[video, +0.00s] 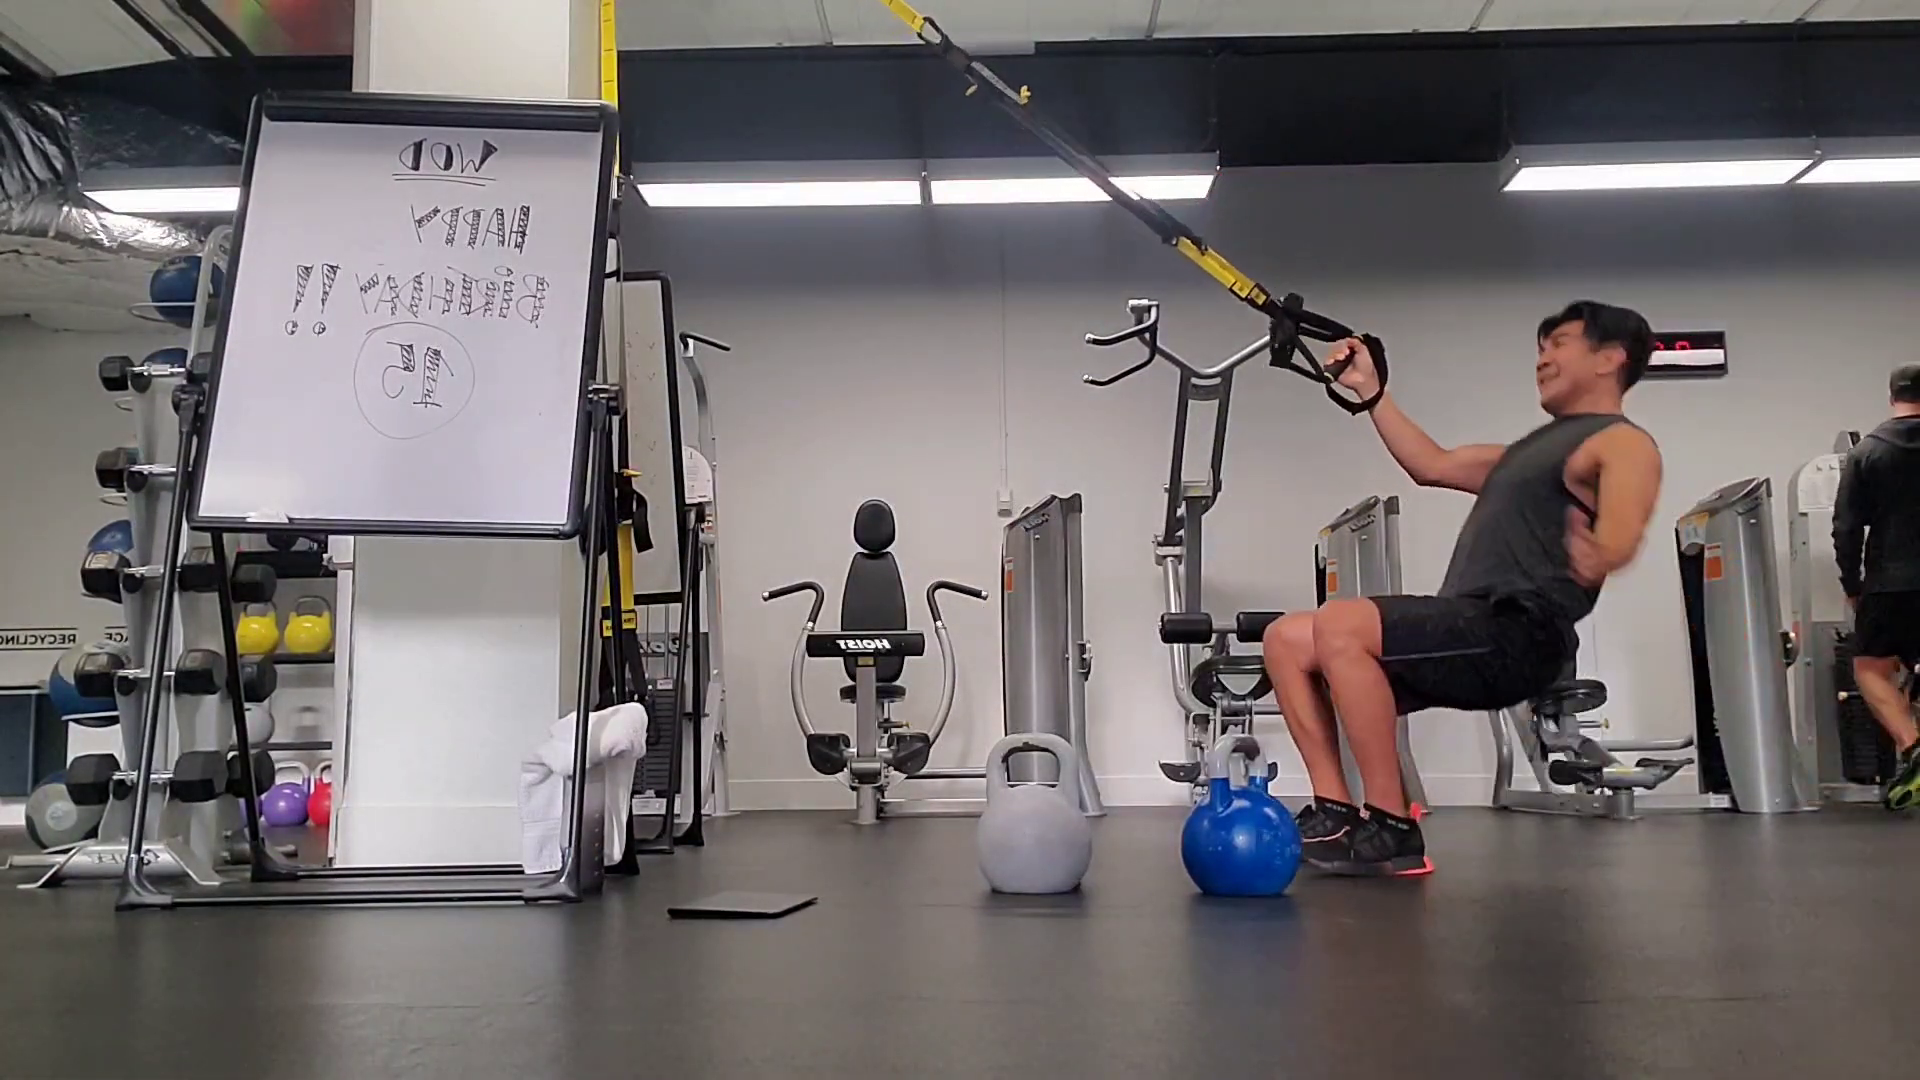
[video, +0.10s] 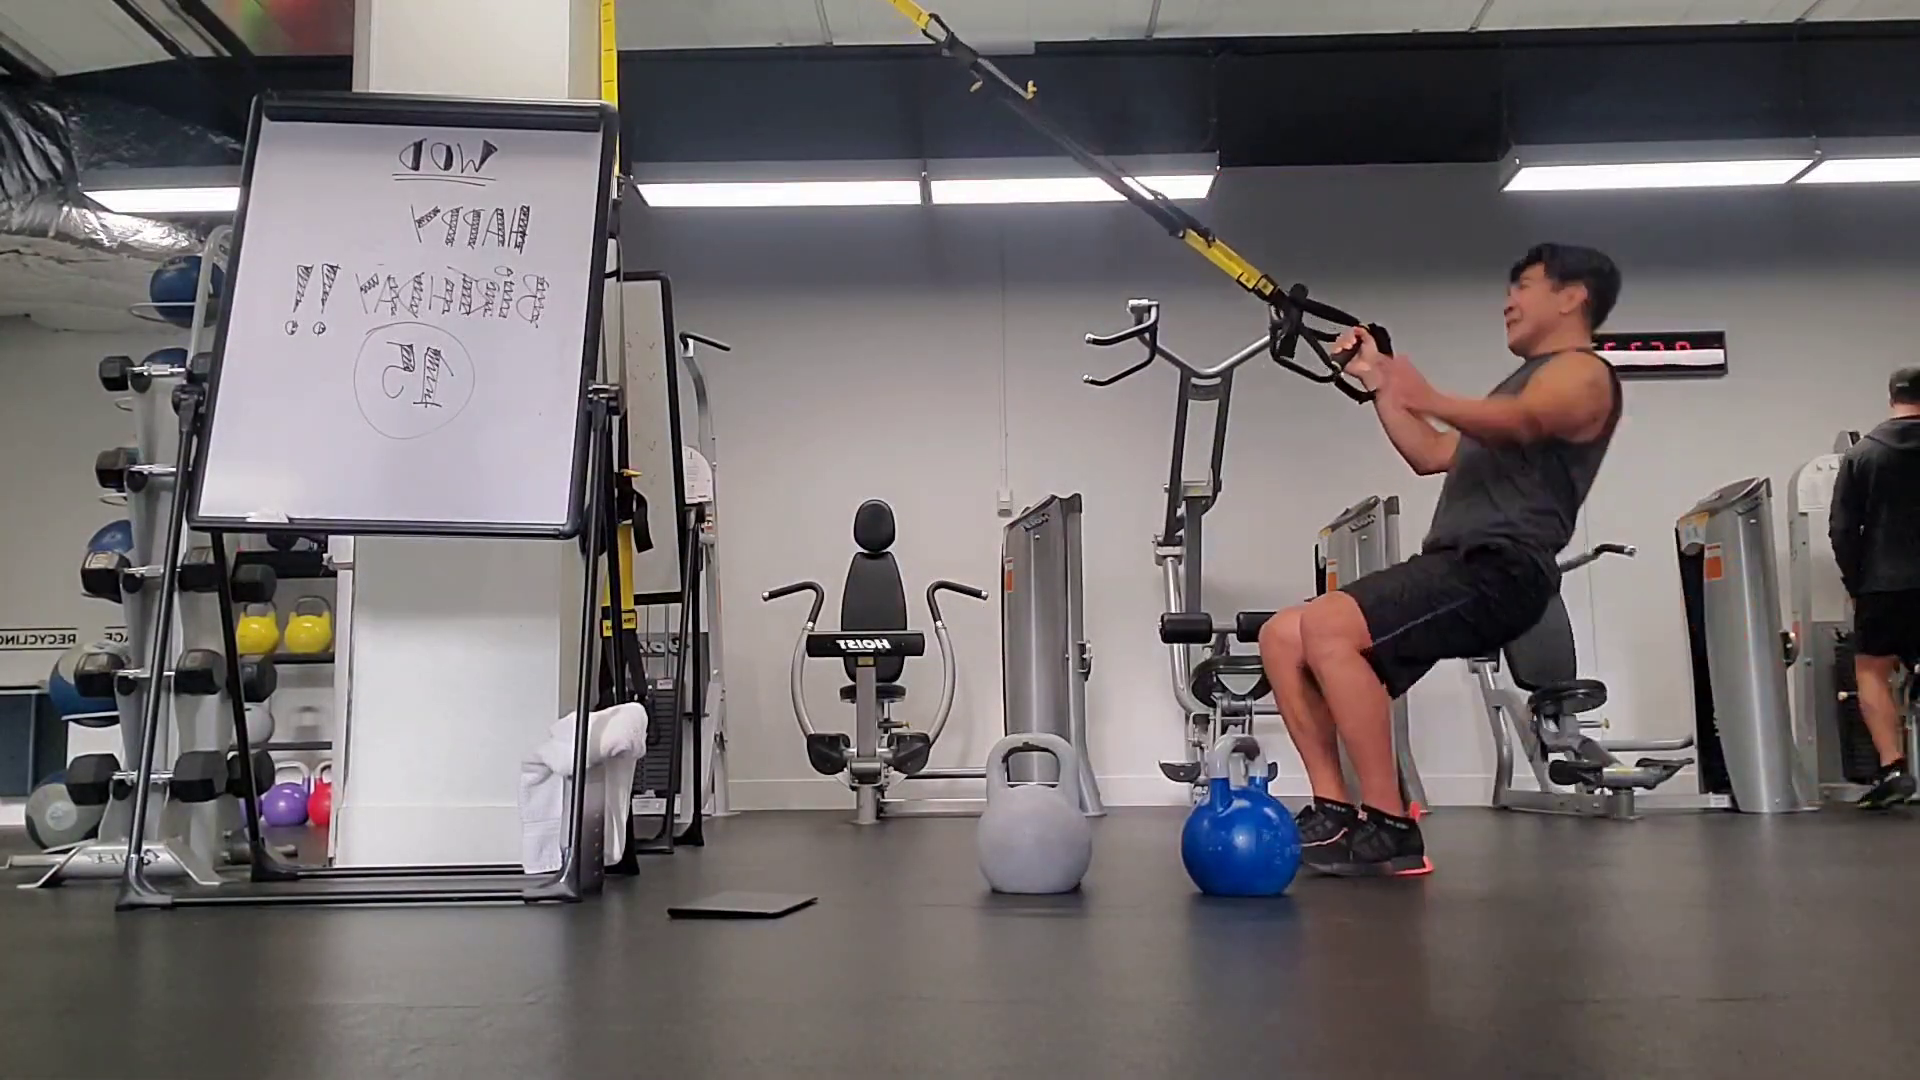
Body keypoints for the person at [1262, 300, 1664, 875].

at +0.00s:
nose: (1541, 358)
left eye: (1558, 342)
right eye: (1541, 349)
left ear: (1611, 357)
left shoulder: (1626, 443)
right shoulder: (1529, 453)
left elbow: (1621, 538)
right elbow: (1432, 465)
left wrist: (1595, 557)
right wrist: (1373, 392)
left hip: (1520, 631)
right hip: (1467, 623)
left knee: (1341, 629)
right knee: (1286, 638)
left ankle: (1391, 825)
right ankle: (1333, 811)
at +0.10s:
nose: (1506, 300)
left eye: (1522, 284)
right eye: (1511, 287)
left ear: (1574, 297)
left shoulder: (1582, 371)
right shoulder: (1519, 386)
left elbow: (1526, 423)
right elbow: (1428, 454)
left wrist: (1428, 399)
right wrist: (1378, 381)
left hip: (1499, 571)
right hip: (1453, 564)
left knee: (1328, 629)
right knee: (1281, 636)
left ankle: (1389, 824)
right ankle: (1334, 809)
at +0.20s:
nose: (1470, 243)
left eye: (1486, 228)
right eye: (1475, 231)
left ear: (1534, 238)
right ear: (1529, 242)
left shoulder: (1541, 305)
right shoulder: (1498, 326)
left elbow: (1439, 312)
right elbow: (1439, 439)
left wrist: (1323, 271)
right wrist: (1386, 380)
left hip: (1479, 508)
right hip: (1436, 509)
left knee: (1330, 622)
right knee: (1289, 630)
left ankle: (1388, 824)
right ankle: (1337, 812)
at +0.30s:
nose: (1436, 195)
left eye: (1451, 181)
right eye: (1441, 183)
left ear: (1495, 192)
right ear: (1490, 196)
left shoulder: (1491, 247)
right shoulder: (1474, 271)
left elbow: (1365, 237)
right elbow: (1440, 407)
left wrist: (1252, 186)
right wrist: (1389, 363)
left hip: (1458, 460)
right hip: (1421, 463)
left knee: (1344, 617)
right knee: (1301, 612)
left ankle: (1389, 824)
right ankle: (1332, 804)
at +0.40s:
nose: (1405, 172)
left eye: (1419, 159)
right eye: (1412, 160)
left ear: (1461, 170)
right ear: (1464, 175)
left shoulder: (1441, 217)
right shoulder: (1469, 254)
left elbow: (1313, 190)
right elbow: (1455, 357)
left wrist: (1197, 141)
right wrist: (1384, 341)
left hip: (1435, 436)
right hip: (1410, 441)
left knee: (1353, 609)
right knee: (1310, 608)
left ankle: (1388, 820)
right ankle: (1321, 796)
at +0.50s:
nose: (1380, 164)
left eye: (1393, 153)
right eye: (1387, 153)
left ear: (1432, 164)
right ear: (1442, 171)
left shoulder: (1398, 206)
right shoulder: (1468, 265)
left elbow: (1269, 172)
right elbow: (1466, 384)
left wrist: (1158, 128)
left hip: (1399, 433)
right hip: (1421, 440)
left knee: (1360, 615)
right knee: (1321, 617)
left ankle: (1387, 822)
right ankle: (1315, 803)